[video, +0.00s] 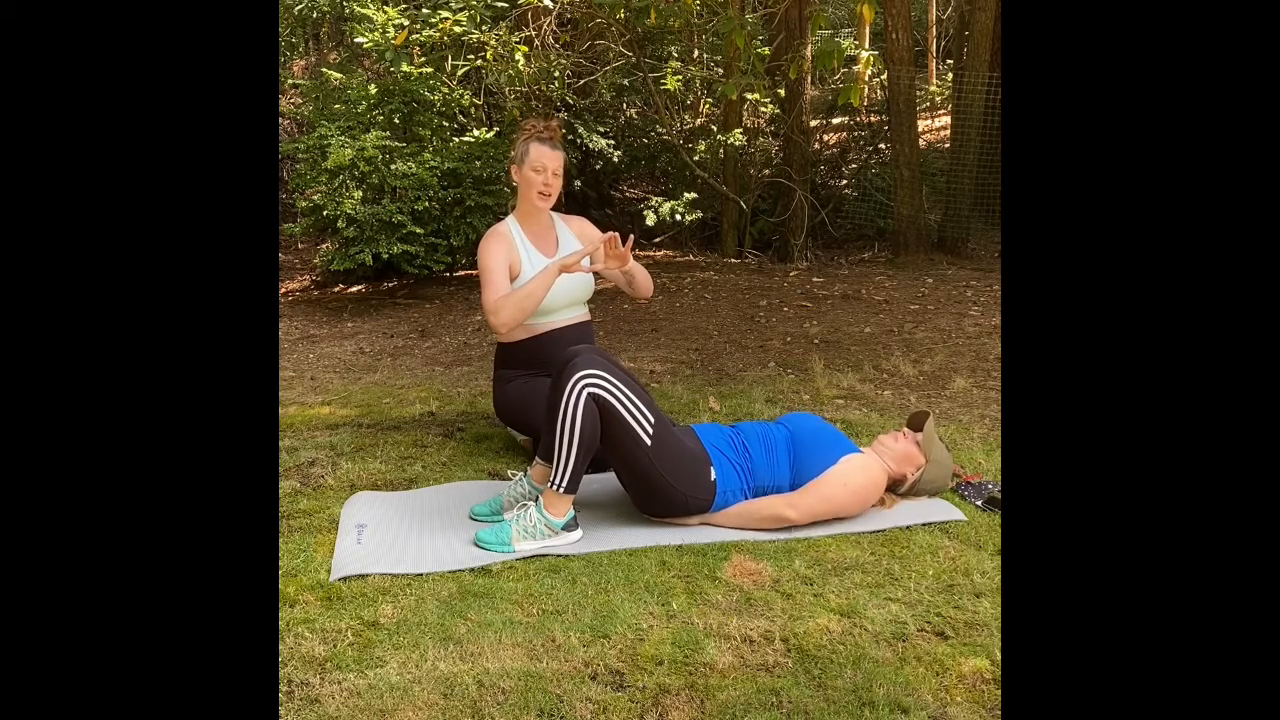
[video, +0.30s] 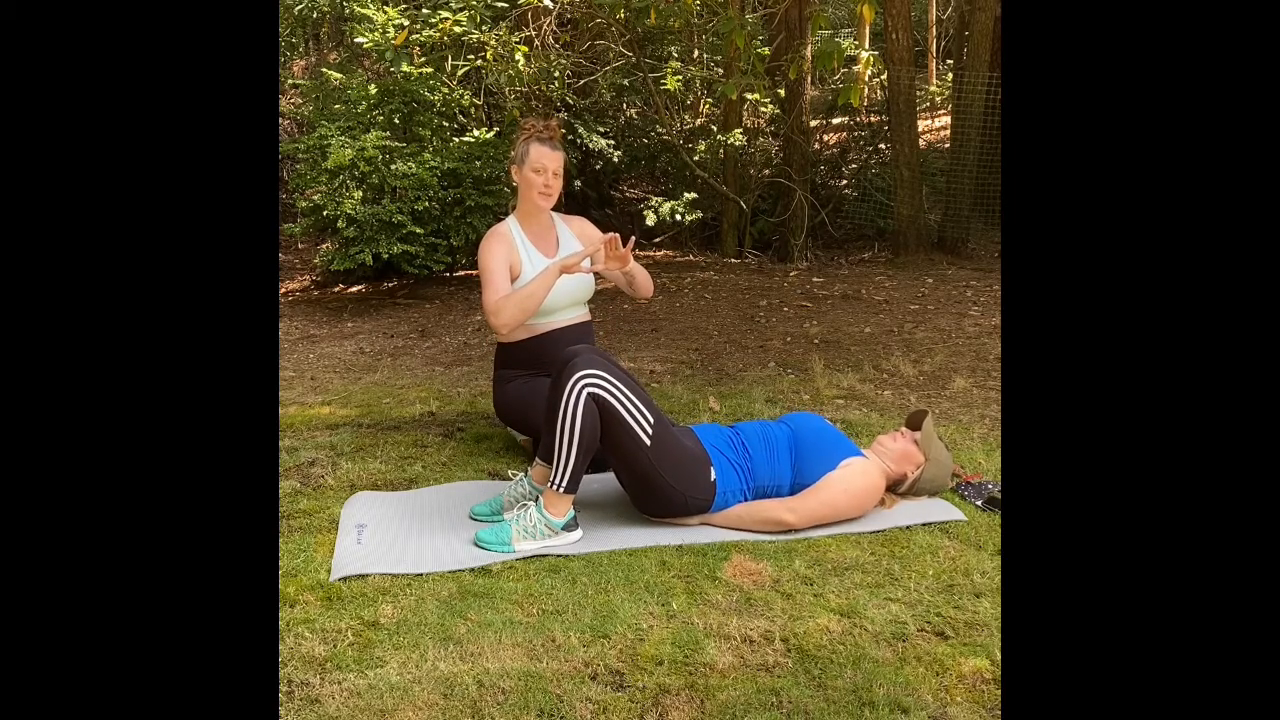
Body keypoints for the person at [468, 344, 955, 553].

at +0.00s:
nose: (900, 434)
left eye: (910, 441)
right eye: (908, 431)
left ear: (908, 470)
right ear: (899, 447)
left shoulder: (865, 474)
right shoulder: (852, 457)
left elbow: (792, 510)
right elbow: (777, 493)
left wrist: (709, 516)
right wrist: (709, 496)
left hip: (693, 481)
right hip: (680, 453)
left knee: (590, 376)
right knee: (590, 365)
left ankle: (554, 512)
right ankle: (539, 485)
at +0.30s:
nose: (898, 434)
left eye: (909, 441)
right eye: (906, 431)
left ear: (908, 471)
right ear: (896, 445)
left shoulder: (863, 479)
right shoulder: (847, 456)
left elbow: (790, 514)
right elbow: (774, 491)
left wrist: (708, 515)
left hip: (695, 481)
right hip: (680, 454)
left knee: (591, 377)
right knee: (591, 366)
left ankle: (554, 511)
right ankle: (539, 486)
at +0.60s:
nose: (897, 433)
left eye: (908, 440)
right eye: (906, 430)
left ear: (908, 470)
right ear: (898, 445)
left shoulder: (864, 479)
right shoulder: (847, 456)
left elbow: (795, 520)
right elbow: (775, 493)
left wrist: (711, 517)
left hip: (693, 482)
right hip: (679, 452)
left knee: (589, 376)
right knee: (588, 364)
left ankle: (554, 511)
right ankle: (540, 484)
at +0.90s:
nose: (897, 433)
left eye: (908, 440)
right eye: (906, 430)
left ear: (908, 471)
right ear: (898, 445)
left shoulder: (864, 480)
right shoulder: (847, 455)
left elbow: (795, 520)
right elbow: (777, 497)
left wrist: (711, 517)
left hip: (694, 482)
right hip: (679, 455)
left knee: (588, 376)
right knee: (588, 364)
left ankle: (554, 510)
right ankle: (540, 480)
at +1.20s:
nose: (898, 433)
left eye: (909, 440)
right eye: (907, 430)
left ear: (908, 470)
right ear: (898, 445)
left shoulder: (864, 479)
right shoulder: (847, 456)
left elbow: (795, 520)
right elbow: (776, 497)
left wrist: (710, 516)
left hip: (694, 482)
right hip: (680, 455)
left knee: (588, 376)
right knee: (588, 365)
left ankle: (554, 511)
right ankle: (540, 486)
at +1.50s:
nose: (896, 433)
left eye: (907, 439)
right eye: (905, 430)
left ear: (908, 470)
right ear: (898, 446)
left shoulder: (864, 480)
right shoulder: (847, 457)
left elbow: (795, 520)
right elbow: (777, 498)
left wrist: (712, 516)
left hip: (694, 483)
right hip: (679, 455)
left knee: (586, 374)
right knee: (585, 365)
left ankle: (553, 510)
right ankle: (541, 484)